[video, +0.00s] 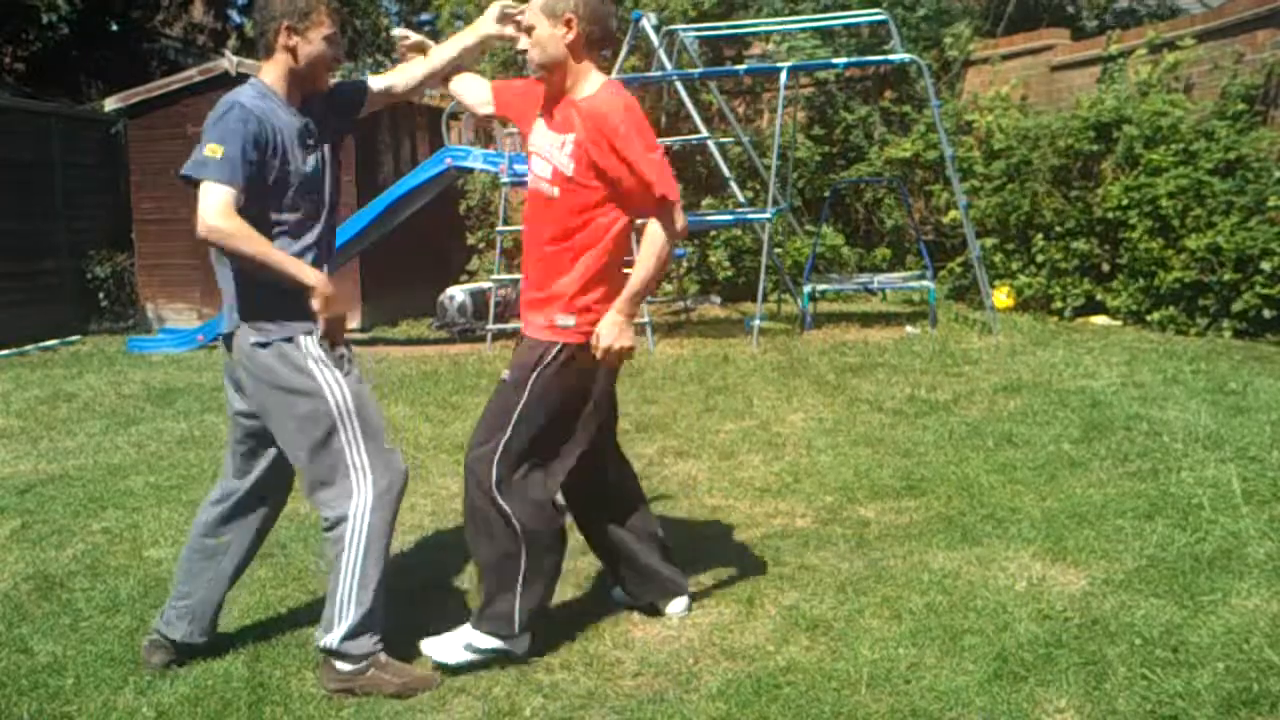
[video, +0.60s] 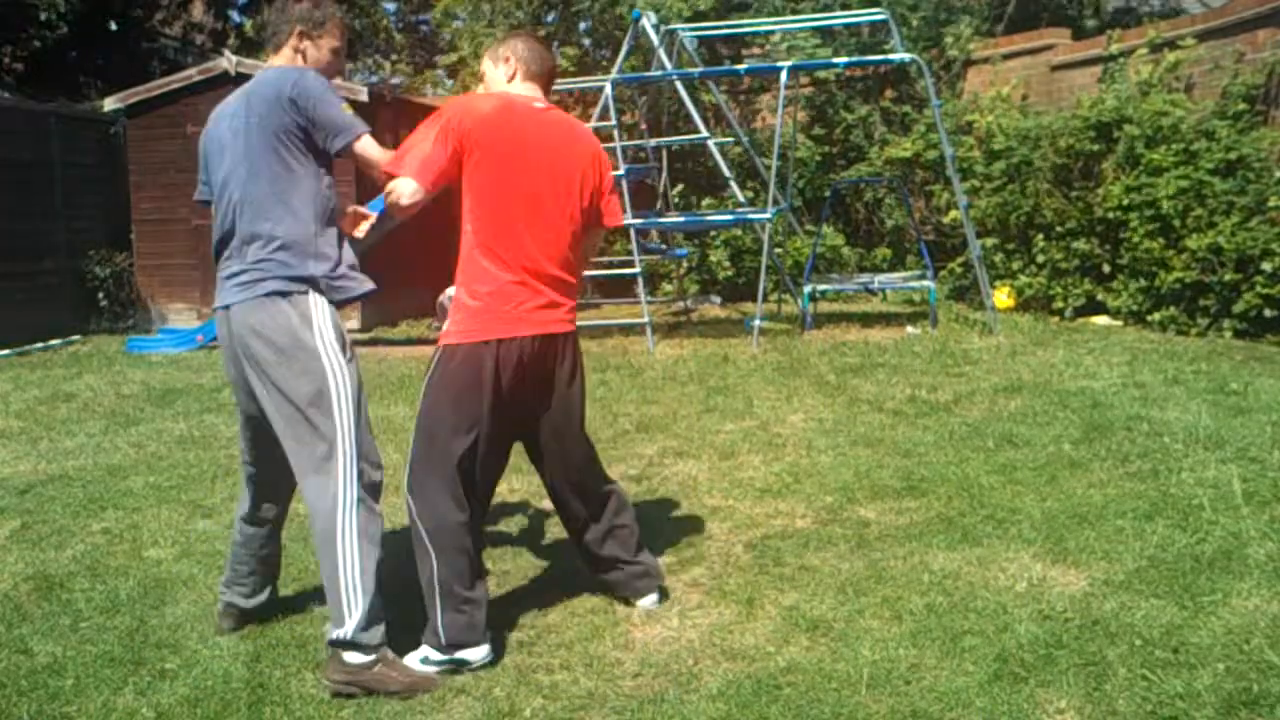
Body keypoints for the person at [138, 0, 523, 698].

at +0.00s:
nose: (341, 54)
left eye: (341, 41)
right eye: (332, 40)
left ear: (305, 42)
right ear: (288, 37)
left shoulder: (317, 105)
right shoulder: (242, 113)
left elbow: (403, 81)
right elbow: (214, 219)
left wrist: (485, 29)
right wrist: (312, 276)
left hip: (275, 334)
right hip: (282, 337)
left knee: (247, 488)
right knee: (370, 475)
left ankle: (175, 634)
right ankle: (350, 654)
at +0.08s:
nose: (342, 52)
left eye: (342, 40)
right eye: (334, 39)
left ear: (301, 39)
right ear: (292, 38)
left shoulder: (314, 95)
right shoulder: (255, 110)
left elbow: (394, 83)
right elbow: (217, 201)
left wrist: (461, 24)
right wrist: (319, 245)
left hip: (274, 329)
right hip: (303, 330)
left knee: (248, 483)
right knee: (378, 480)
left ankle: (177, 631)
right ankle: (353, 655)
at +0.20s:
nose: (340, 52)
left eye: (340, 39)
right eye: (334, 37)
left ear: (291, 33)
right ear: (295, 31)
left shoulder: (248, 97)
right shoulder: (276, 93)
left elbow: (372, 134)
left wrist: (444, 101)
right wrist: (362, 143)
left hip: (267, 319)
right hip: (319, 319)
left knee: (256, 475)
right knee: (379, 474)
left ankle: (191, 619)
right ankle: (358, 653)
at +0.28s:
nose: (341, 42)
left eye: (340, 30)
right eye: (334, 28)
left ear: (286, 27)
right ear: (296, 26)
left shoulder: (235, 101)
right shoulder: (305, 82)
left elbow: (330, 181)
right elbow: (413, 91)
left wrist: (423, 159)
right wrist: (431, 102)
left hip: (264, 310)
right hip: (319, 312)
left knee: (278, 453)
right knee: (376, 468)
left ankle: (206, 589)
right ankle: (358, 653)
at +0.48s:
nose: (344, 60)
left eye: (344, 48)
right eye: (341, 47)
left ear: (286, 35)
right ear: (310, 35)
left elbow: (223, 203)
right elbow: (418, 120)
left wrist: (330, 194)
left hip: (248, 315)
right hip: (315, 308)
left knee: (261, 455)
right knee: (358, 468)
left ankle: (237, 587)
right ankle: (358, 648)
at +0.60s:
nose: (336, 72)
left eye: (339, 62)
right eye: (333, 59)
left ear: (285, 43)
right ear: (302, 42)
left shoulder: (217, 120)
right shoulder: (298, 84)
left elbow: (223, 221)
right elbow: (378, 160)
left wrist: (329, 220)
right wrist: (415, 170)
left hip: (237, 309)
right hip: (292, 302)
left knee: (267, 467)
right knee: (348, 467)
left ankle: (243, 599)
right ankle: (356, 650)